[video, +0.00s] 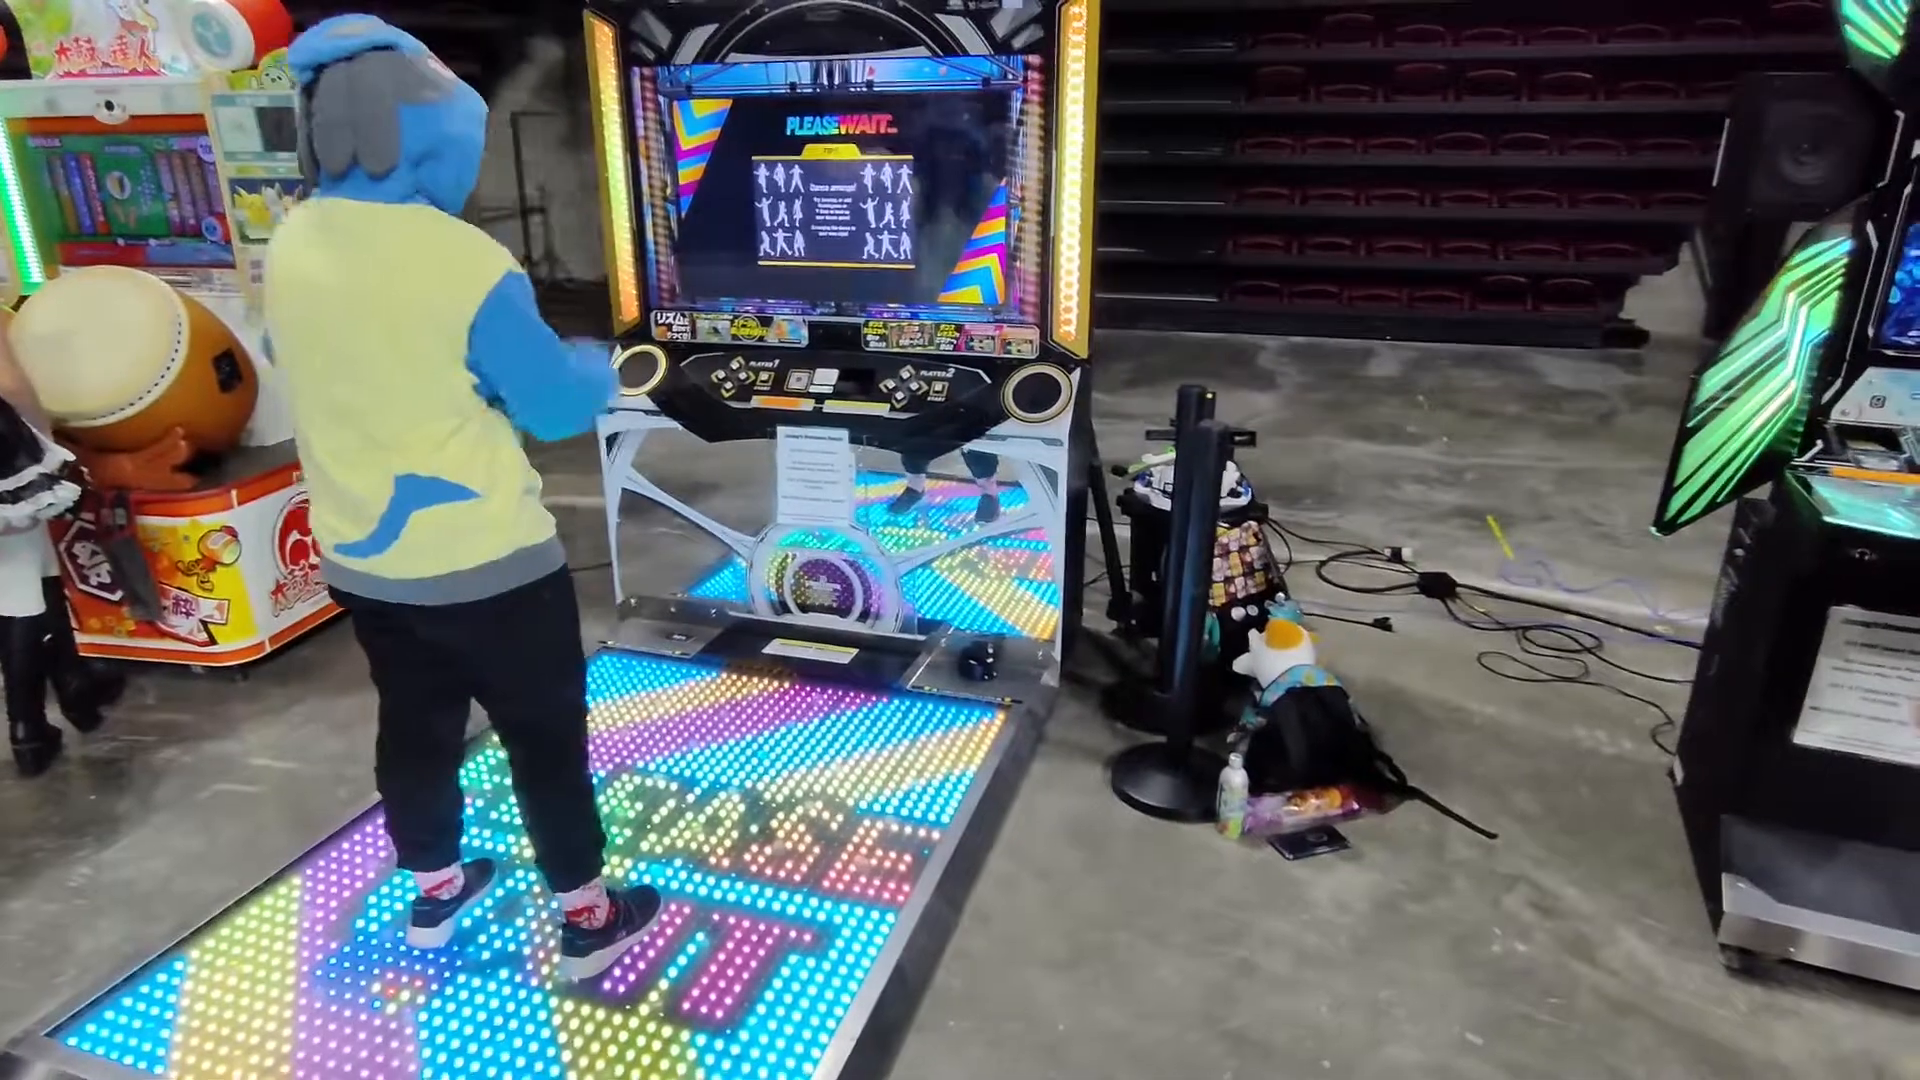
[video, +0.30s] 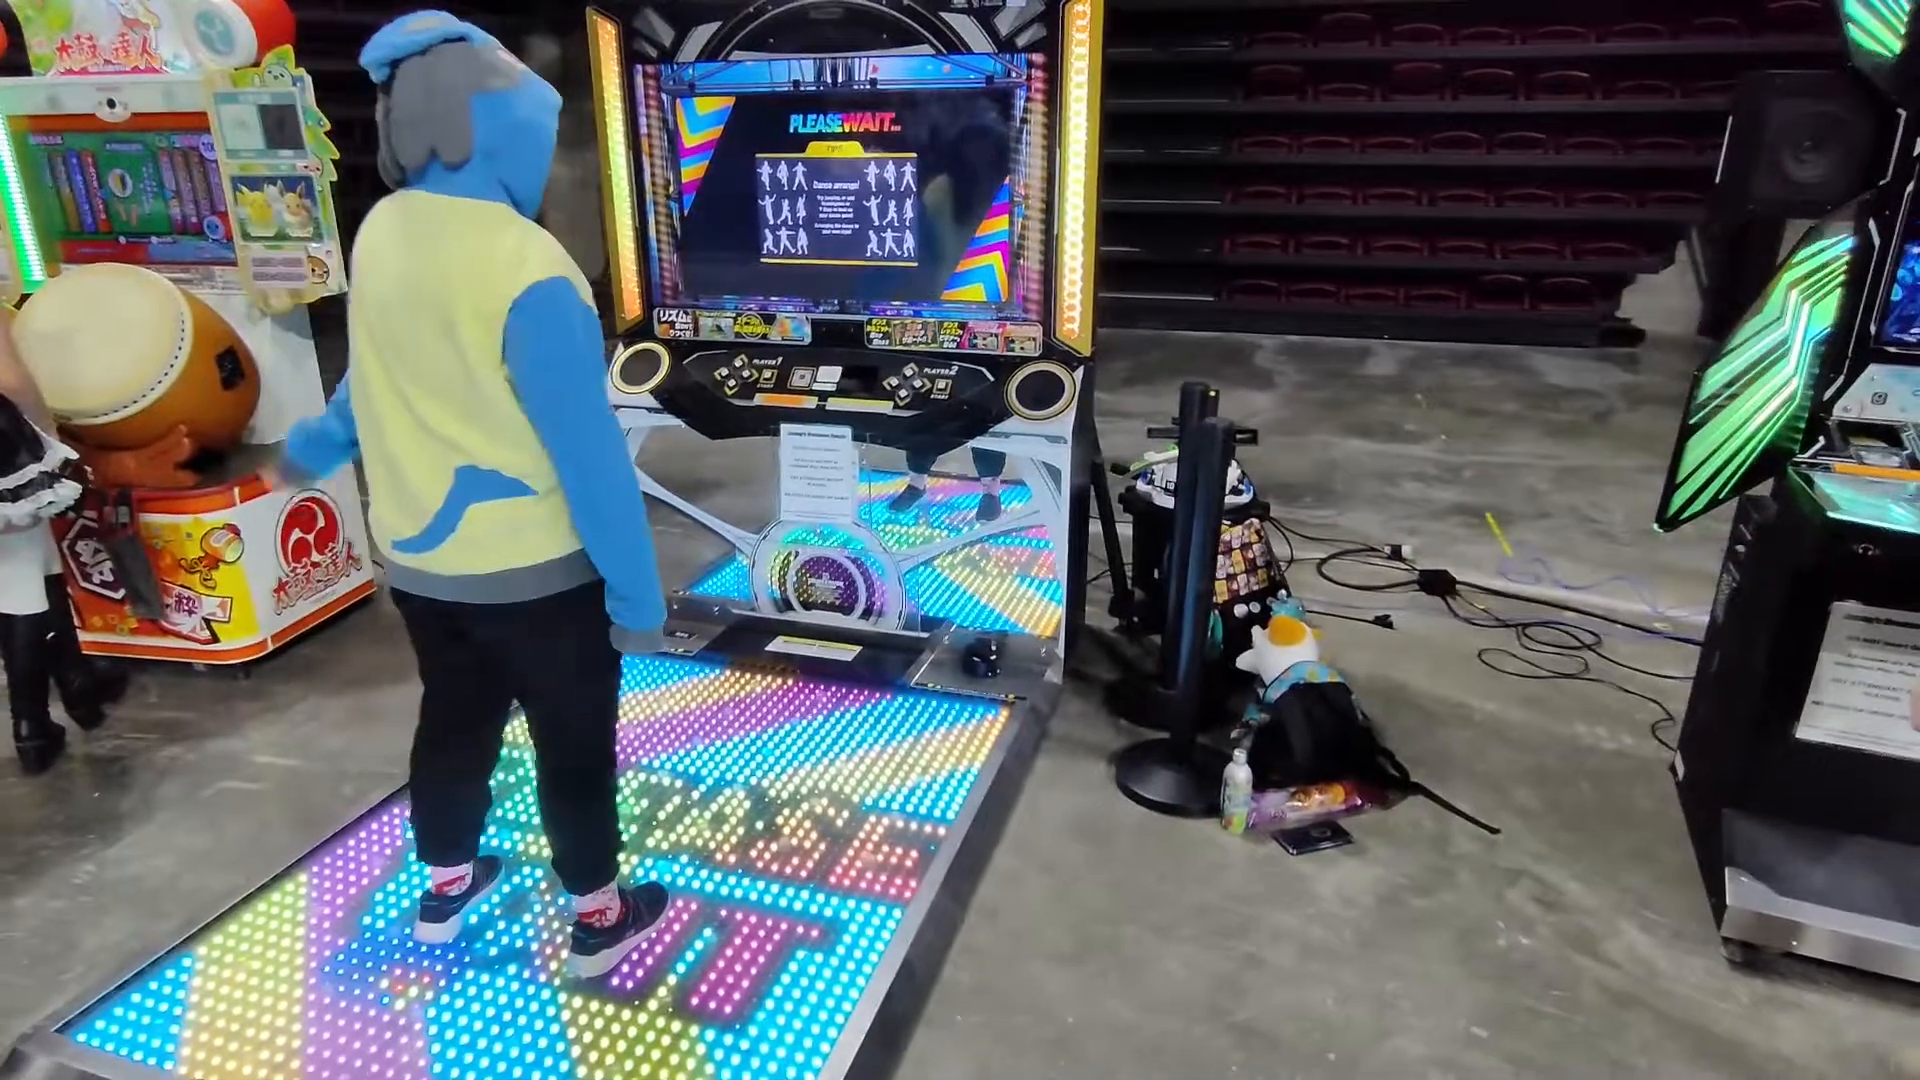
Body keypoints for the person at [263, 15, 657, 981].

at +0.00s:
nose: (465, 148)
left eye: (458, 127)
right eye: (454, 129)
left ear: (335, 138)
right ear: (422, 137)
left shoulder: (293, 246)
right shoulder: (466, 267)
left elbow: (341, 366)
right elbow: (552, 399)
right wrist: (604, 372)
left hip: (363, 568)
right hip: (490, 568)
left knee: (415, 719)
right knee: (546, 734)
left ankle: (432, 881)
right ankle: (583, 911)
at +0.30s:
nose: (545, 137)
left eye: (538, 117)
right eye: (530, 118)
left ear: (422, 131)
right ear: (488, 129)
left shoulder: (385, 229)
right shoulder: (531, 274)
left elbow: (385, 367)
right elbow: (593, 460)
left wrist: (312, 445)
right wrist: (638, 591)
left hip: (425, 572)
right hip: (536, 577)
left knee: (455, 713)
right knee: (574, 736)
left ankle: (445, 876)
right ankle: (595, 909)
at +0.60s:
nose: (559, 128)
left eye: (554, 109)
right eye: (544, 109)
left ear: (439, 125)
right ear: (500, 116)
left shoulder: (393, 241)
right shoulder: (548, 236)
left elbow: (416, 382)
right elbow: (670, 362)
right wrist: (737, 479)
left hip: (448, 558)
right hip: (564, 554)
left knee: (506, 692)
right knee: (600, 722)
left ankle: (474, 853)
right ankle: (605, 904)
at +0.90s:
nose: (561, 137)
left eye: (552, 117)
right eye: (548, 118)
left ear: (432, 129)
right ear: (520, 125)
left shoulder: (358, 242)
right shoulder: (560, 247)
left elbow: (310, 380)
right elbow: (697, 358)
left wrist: (333, 487)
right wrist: (860, 397)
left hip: (399, 554)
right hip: (540, 556)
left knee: (445, 710)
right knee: (623, 688)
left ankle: (457, 865)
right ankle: (580, 867)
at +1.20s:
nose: (558, 140)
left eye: (547, 118)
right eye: (545, 119)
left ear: (430, 128)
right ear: (523, 128)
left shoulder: (353, 224)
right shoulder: (554, 255)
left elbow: (277, 292)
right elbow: (638, 434)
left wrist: (378, 299)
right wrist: (705, 561)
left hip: (416, 566)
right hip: (551, 567)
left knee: (458, 703)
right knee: (593, 711)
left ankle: (458, 857)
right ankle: (599, 891)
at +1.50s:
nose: (530, 145)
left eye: (525, 124)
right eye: (515, 125)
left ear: (414, 134)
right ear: (471, 130)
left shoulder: (362, 232)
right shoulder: (520, 264)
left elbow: (337, 335)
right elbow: (615, 429)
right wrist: (648, 568)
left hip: (408, 567)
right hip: (521, 574)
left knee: (478, 718)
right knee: (575, 743)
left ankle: (489, 872)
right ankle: (581, 920)